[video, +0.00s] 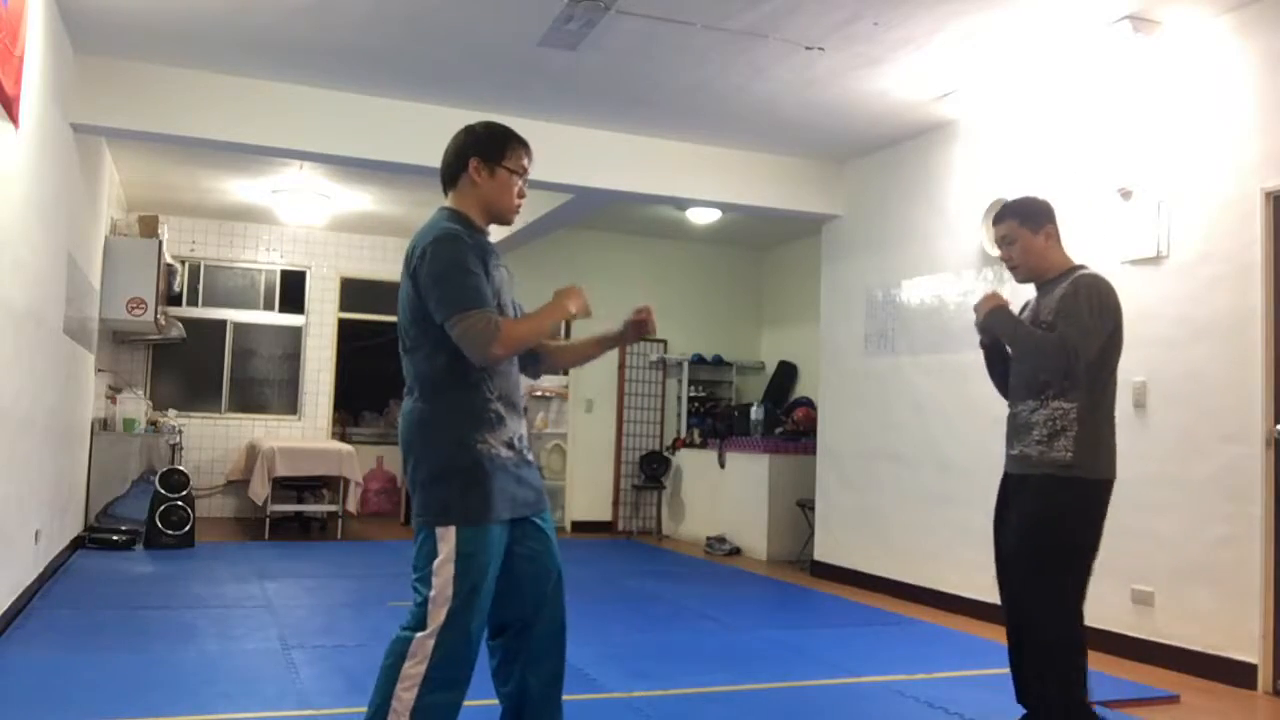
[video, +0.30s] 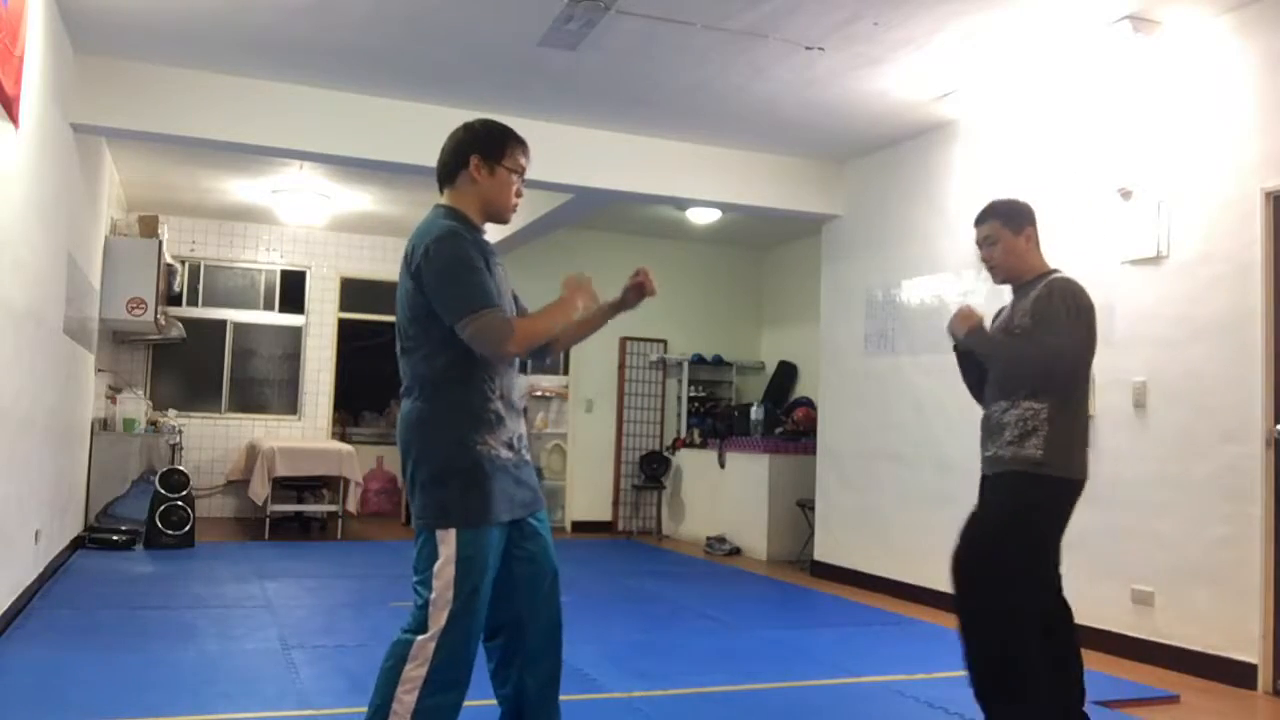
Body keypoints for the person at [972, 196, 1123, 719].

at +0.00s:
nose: (1005, 257)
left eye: (1010, 243)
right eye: (1000, 248)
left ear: (1046, 233)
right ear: (1018, 246)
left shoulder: (1088, 290)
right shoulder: (1036, 306)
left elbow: (1057, 360)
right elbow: (1015, 388)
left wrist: (1001, 319)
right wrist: (992, 335)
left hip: (1069, 478)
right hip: (1026, 477)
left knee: (1051, 607)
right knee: (1021, 605)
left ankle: (1064, 711)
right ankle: (1038, 708)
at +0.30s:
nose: (985, 257)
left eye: (991, 243)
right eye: (980, 248)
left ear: (1026, 236)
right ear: (987, 252)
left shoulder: (1062, 294)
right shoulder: (1009, 315)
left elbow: (1052, 364)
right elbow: (991, 392)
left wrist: (979, 337)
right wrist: (966, 344)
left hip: (1042, 470)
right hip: (1008, 471)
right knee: (1034, 589)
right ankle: (1059, 706)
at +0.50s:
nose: (949, 273)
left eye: (953, 259)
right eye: (945, 264)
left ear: (989, 246)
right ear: (975, 255)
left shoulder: (1027, 301)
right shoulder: (985, 319)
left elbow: (1015, 373)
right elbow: (957, 396)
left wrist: (945, 336)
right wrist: (930, 346)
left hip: (1004, 481)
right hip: (979, 480)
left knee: (951, 596)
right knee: (1014, 604)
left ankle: (938, 710)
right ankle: (1056, 710)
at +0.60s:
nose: (925, 275)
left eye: (929, 261)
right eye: (921, 266)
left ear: (964, 248)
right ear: (956, 255)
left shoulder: (997, 302)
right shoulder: (974, 313)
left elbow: (956, 348)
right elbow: (927, 391)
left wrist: (909, 310)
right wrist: (908, 328)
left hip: (976, 486)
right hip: (967, 485)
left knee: (928, 606)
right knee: (1004, 608)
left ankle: (910, 709)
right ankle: (1055, 709)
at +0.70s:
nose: (890, 267)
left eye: (895, 253)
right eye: (888, 256)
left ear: (932, 245)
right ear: (925, 252)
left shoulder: (960, 296)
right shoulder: (952, 307)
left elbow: (892, 322)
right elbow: (921, 391)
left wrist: (831, 288)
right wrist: (883, 345)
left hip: (948, 488)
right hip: (961, 489)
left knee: (898, 612)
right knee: (973, 601)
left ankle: (891, 715)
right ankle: (1050, 712)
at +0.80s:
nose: (859, 260)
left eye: (865, 246)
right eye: (857, 249)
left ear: (902, 238)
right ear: (904, 243)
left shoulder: (921, 288)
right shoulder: (940, 296)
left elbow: (835, 310)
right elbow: (918, 388)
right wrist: (872, 360)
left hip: (927, 483)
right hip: (958, 483)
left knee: (877, 611)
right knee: (946, 596)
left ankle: (885, 714)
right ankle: (1020, 712)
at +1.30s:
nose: (860, 255)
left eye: (867, 242)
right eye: (858, 245)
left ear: (902, 238)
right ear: (903, 243)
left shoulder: (920, 294)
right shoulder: (931, 299)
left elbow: (853, 347)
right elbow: (904, 393)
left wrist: (775, 365)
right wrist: (855, 367)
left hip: (922, 482)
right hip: (945, 480)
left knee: (877, 603)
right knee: (953, 594)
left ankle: (887, 715)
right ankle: (1024, 706)